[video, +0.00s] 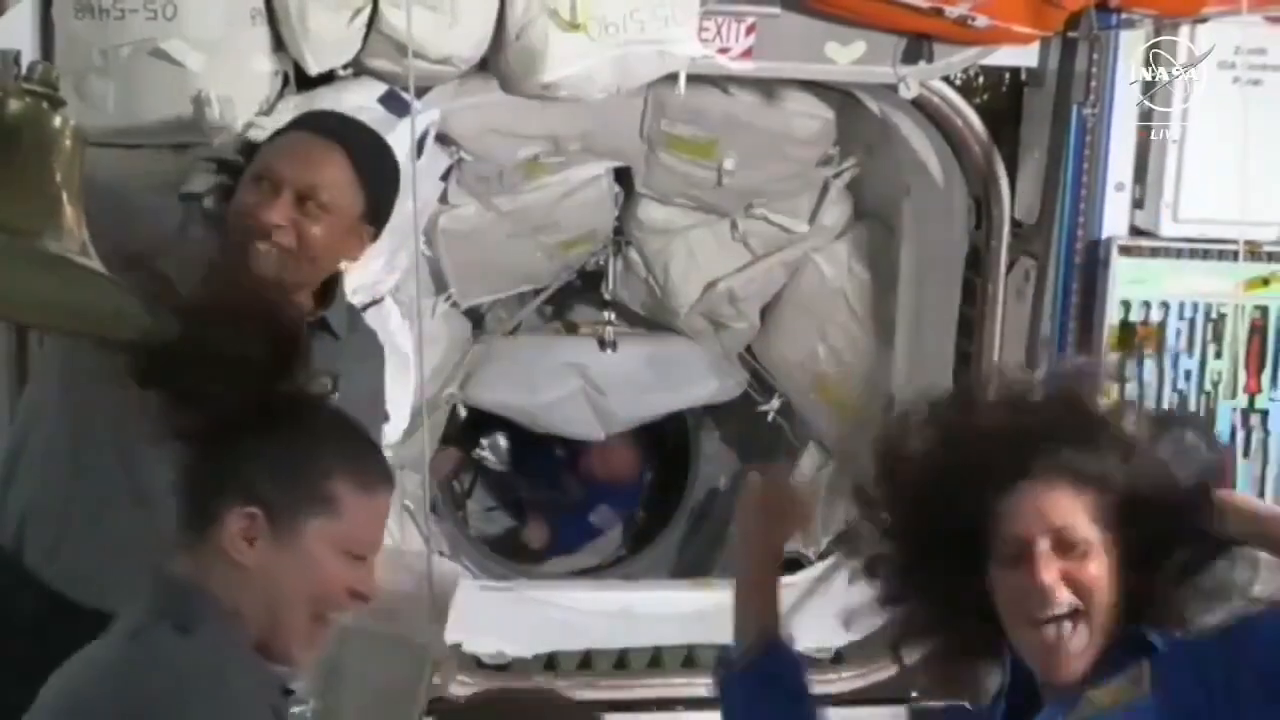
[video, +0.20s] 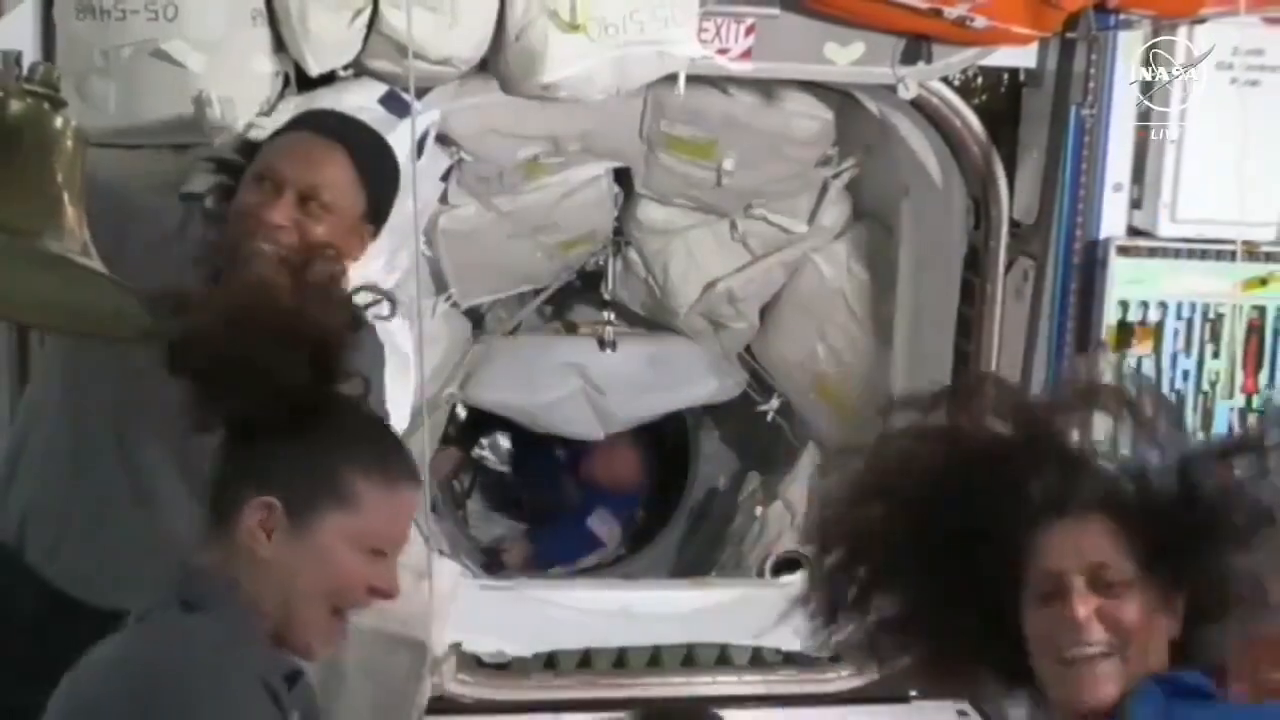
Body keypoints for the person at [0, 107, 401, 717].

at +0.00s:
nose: (271, 217)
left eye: (310, 205)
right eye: (264, 184)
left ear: (358, 243)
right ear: (237, 185)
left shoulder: (353, 363)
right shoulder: (134, 240)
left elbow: (331, 522)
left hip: (188, 634)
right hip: (28, 585)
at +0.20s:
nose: (274, 215)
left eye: (311, 205)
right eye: (265, 184)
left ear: (357, 244)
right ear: (238, 187)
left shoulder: (347, 352)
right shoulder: (140, 234)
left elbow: (335, 508)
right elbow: (34, 167)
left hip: (187, 627)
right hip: (30, 582)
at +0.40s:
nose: (283, 222)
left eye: (320, 210)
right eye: (273, 190)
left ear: (363, 241)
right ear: (240, 187)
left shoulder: (347, 361)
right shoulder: (115, 229)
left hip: (201, 639)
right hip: (34, 592)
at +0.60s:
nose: (299, 224)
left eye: (335, 212)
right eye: (284, 189)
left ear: (365, 240)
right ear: (245, 182)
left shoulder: (340, 347)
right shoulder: (133, 228)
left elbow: (346, 529)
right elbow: (29, 159)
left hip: (195, 641)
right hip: (39, 605)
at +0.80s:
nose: (293, 220)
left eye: (329, 209)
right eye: (281, 187)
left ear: (360, 238)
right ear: (245, 180)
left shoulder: (352, 347)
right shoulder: (136, 231)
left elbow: (348, 535)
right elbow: (28, 175)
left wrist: (338, 567)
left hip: (196, 645)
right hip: (39, 603)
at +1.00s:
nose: (267, 205)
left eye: (305, 199)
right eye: (261, 177)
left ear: (357, 236)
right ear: (239, 174)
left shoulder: (354, 348)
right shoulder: (144, 233)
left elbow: (350, 525)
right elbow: (31, 169)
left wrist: (342, 569)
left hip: (194, 643)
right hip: (36, 594)